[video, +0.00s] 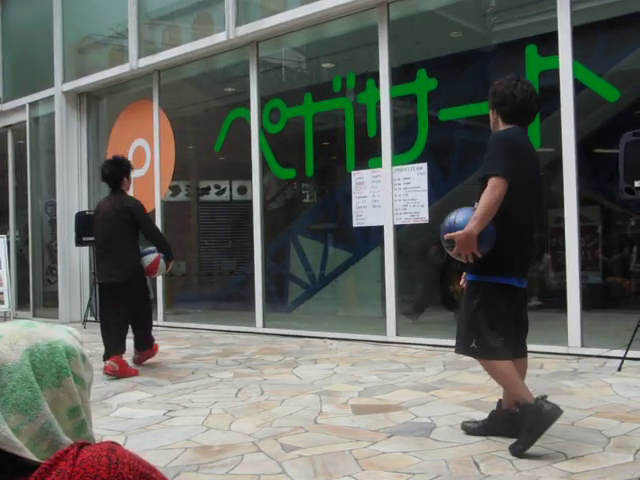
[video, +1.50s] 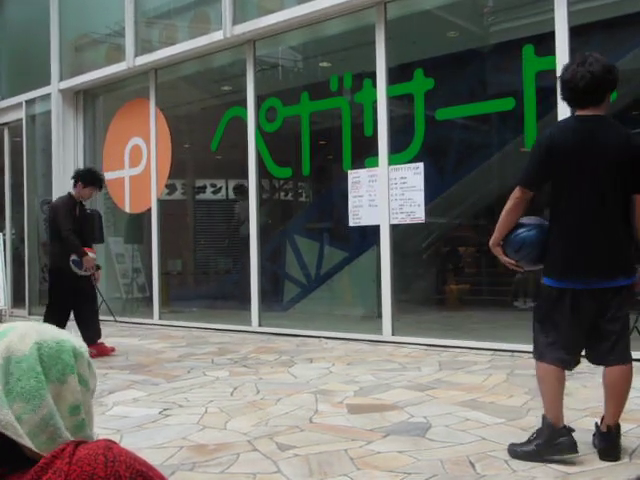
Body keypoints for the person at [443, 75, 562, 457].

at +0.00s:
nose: (488, 114)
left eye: (489, 109)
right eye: (491, 109)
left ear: (495, 112)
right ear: (527, 114)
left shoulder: (503, 142)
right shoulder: (526, 149)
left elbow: (496, 190)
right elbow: (514, 214)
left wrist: (469, 232)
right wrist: (476, 256)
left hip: (495, 265)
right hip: (516, 264)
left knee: (478, 340)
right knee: (513, 340)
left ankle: (532, 408)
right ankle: (506, 413)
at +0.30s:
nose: (487, 106)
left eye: (488, 100)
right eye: (488, 100)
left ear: (494, 104)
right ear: (528, 106)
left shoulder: (507, 140)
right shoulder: (527, 143)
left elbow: (516, 189)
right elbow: (527, 197)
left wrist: (511, 239)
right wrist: (511, 243)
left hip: (512, 264)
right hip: (522, 262)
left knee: (520, 346)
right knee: (512, 342)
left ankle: (554, 434)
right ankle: (504, 414)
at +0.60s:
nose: (492, 105)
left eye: (493, 99)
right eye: (494, 98)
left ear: (499, 103)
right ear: (534, 98)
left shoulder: (517, 136)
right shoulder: (542, 136)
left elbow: (524, 188)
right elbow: (540, 196)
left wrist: (515, 241)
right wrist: (518, 239)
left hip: (530, 261)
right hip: (544, 258)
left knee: (536, 347)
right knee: (528, 340)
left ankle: (556, 437)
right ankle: (516, 409)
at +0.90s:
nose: (515, 90)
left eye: (518, 85)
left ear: (520, 93)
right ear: (562, 92)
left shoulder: (523, 137)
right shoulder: (571, 137)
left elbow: (518, 194)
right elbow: (568, 200)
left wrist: (500, 248)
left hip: (534, 264)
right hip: (565, 261)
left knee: (544, 350)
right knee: (568, 341)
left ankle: (556, 439)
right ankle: (591, 423)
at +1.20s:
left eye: (544, 84)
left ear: (545, 91)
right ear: (588, 93)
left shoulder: (533, 138)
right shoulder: (600, 139)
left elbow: (505, 197)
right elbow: (609, 210)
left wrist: (475, 244)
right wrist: (597, 252)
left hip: (545, 268)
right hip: (591, 265)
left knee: (550, 352)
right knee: (603, 348)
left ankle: (556, 440)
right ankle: (607, 434)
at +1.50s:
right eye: (611, 89)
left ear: (568, 94)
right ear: (611, 94)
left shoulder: (555, 139)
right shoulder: (627, 139)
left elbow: (521, 195)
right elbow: (635, 204)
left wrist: (496, 240)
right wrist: (633, 250)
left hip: (566, 266)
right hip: (617, 263)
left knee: (550, 344)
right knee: (617, 347)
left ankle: (553, 431)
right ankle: (610, 433)